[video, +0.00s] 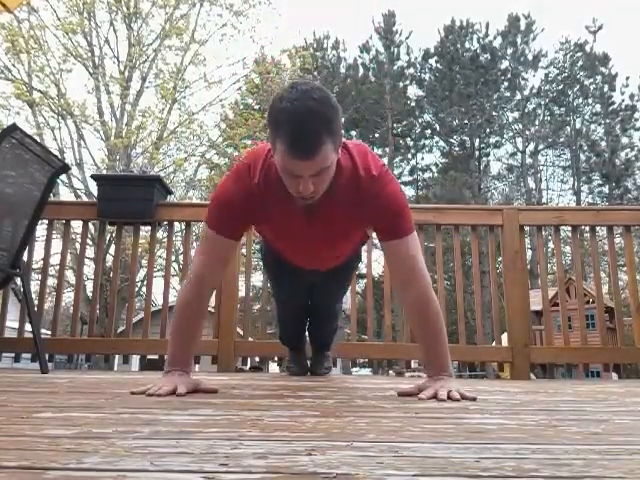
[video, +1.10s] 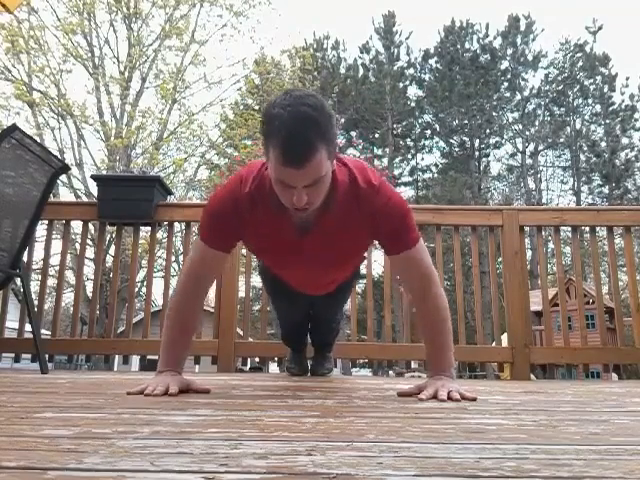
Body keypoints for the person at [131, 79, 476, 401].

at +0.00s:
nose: (306, 187)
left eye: (319, 173)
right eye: (293, 174)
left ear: (338, 148)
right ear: (272, 151)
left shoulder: (372, 183)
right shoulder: (243, 183)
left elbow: (413, 282)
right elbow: (199, 282)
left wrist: (440, 374)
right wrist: (177, 370)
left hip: (341, 252)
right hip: (282, 250)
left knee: (326, 313)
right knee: (290, 313)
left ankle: (321, 353)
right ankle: (295, 354)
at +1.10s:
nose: (299, 199)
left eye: (313, 184)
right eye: (285, 185)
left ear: (334, 158)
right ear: (266, 161)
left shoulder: (375, 198)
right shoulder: (233, 201)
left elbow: (424, 284)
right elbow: (193, 285)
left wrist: (442, 375)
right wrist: (168, 370)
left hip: (338, 278)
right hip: (279, 274)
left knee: (327, 325)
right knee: (292, 324)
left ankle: (323, 352)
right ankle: (297, 350)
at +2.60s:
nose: (295, 310)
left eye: (308, 301)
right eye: (281, 302)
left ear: (331, 267)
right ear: (258, 271)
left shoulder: (374, 262)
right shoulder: (229, 261)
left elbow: (446, 294)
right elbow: (163, 291)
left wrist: (444, 375)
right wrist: (165, 371)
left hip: (339, 330)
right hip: (273, 333)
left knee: (330, 348)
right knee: (290, 350)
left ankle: (325, 356)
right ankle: (297, 355)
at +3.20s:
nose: (296, 389)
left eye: (311, 379)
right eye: (278, 380)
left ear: (334, 332)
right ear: (254, 329)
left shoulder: (370, 296)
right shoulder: (234, 294)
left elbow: (448, 291)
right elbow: (163, 287)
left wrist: (446, 374)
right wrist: (165, 369)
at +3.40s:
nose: (296, 343)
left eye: (310, 332)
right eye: (280, 333)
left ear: (333, 292)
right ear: (257, 293)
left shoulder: (370, 275)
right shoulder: (233, 272)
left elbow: (448, 293)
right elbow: (164, 287)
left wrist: (446, 376)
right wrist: (165, 370)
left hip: (337, 350)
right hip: (270, 346)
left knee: (327, 363)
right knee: (282, 363)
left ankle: (326, 367)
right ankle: (287, 363)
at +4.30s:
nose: (296, 286)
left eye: (309, 276)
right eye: (282, 277)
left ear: (334, 243)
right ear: (261, 246)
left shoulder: (374, 245)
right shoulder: (231, 246)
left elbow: (443, 289)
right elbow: (165, 289)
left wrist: (446, 375)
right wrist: (165, 369)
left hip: (336, 316)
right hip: (278, 319)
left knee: (327, 341)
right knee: (292, 342)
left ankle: (323, 353)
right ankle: (297, 354)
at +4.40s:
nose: (295, 250)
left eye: (309, 237)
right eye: (280, 237)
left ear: (333, 204)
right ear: (261, 211)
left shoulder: (375, 221)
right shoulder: (232, 223)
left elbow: (435, 289)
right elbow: (176, 285)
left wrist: (446, 376)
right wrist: (166, 371)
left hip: (335, 308)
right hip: (280, 309)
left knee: (325, 340)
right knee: (293, 341)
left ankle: (322, 360)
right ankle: (296, 360)